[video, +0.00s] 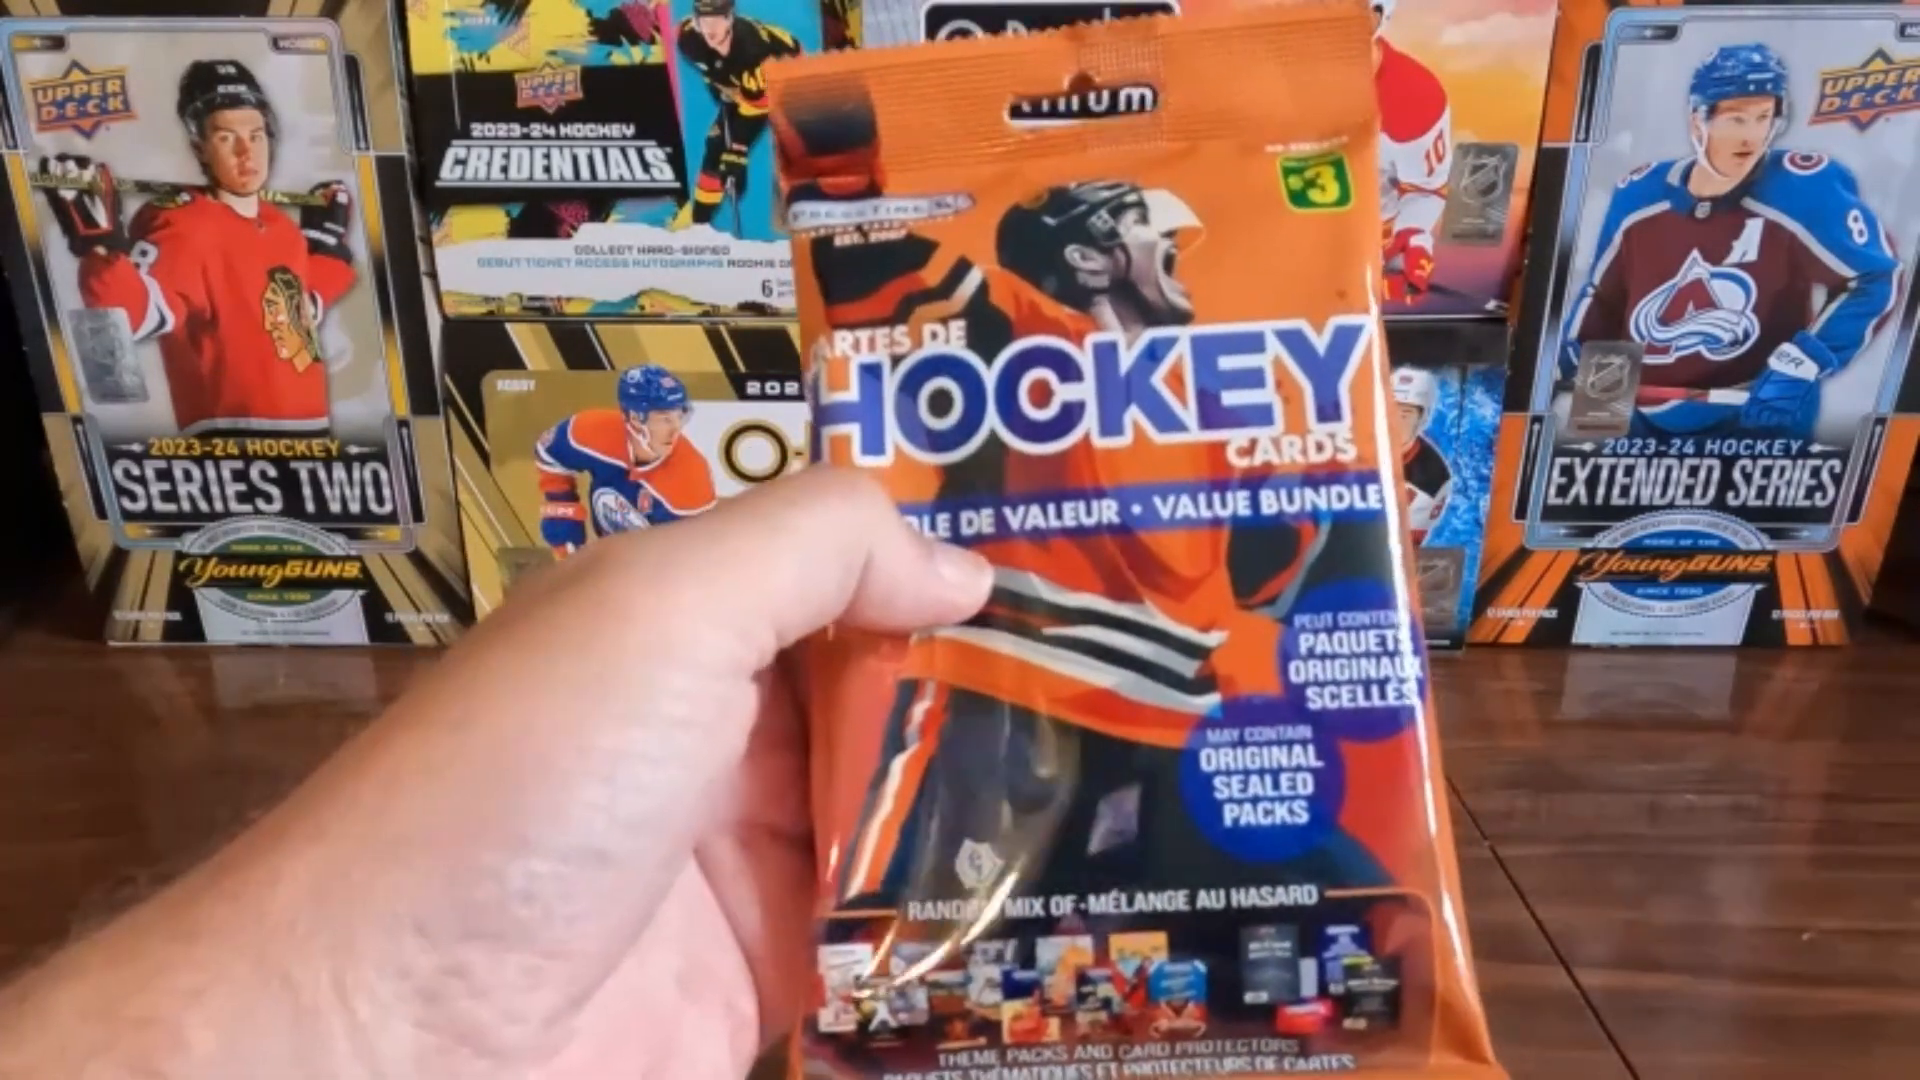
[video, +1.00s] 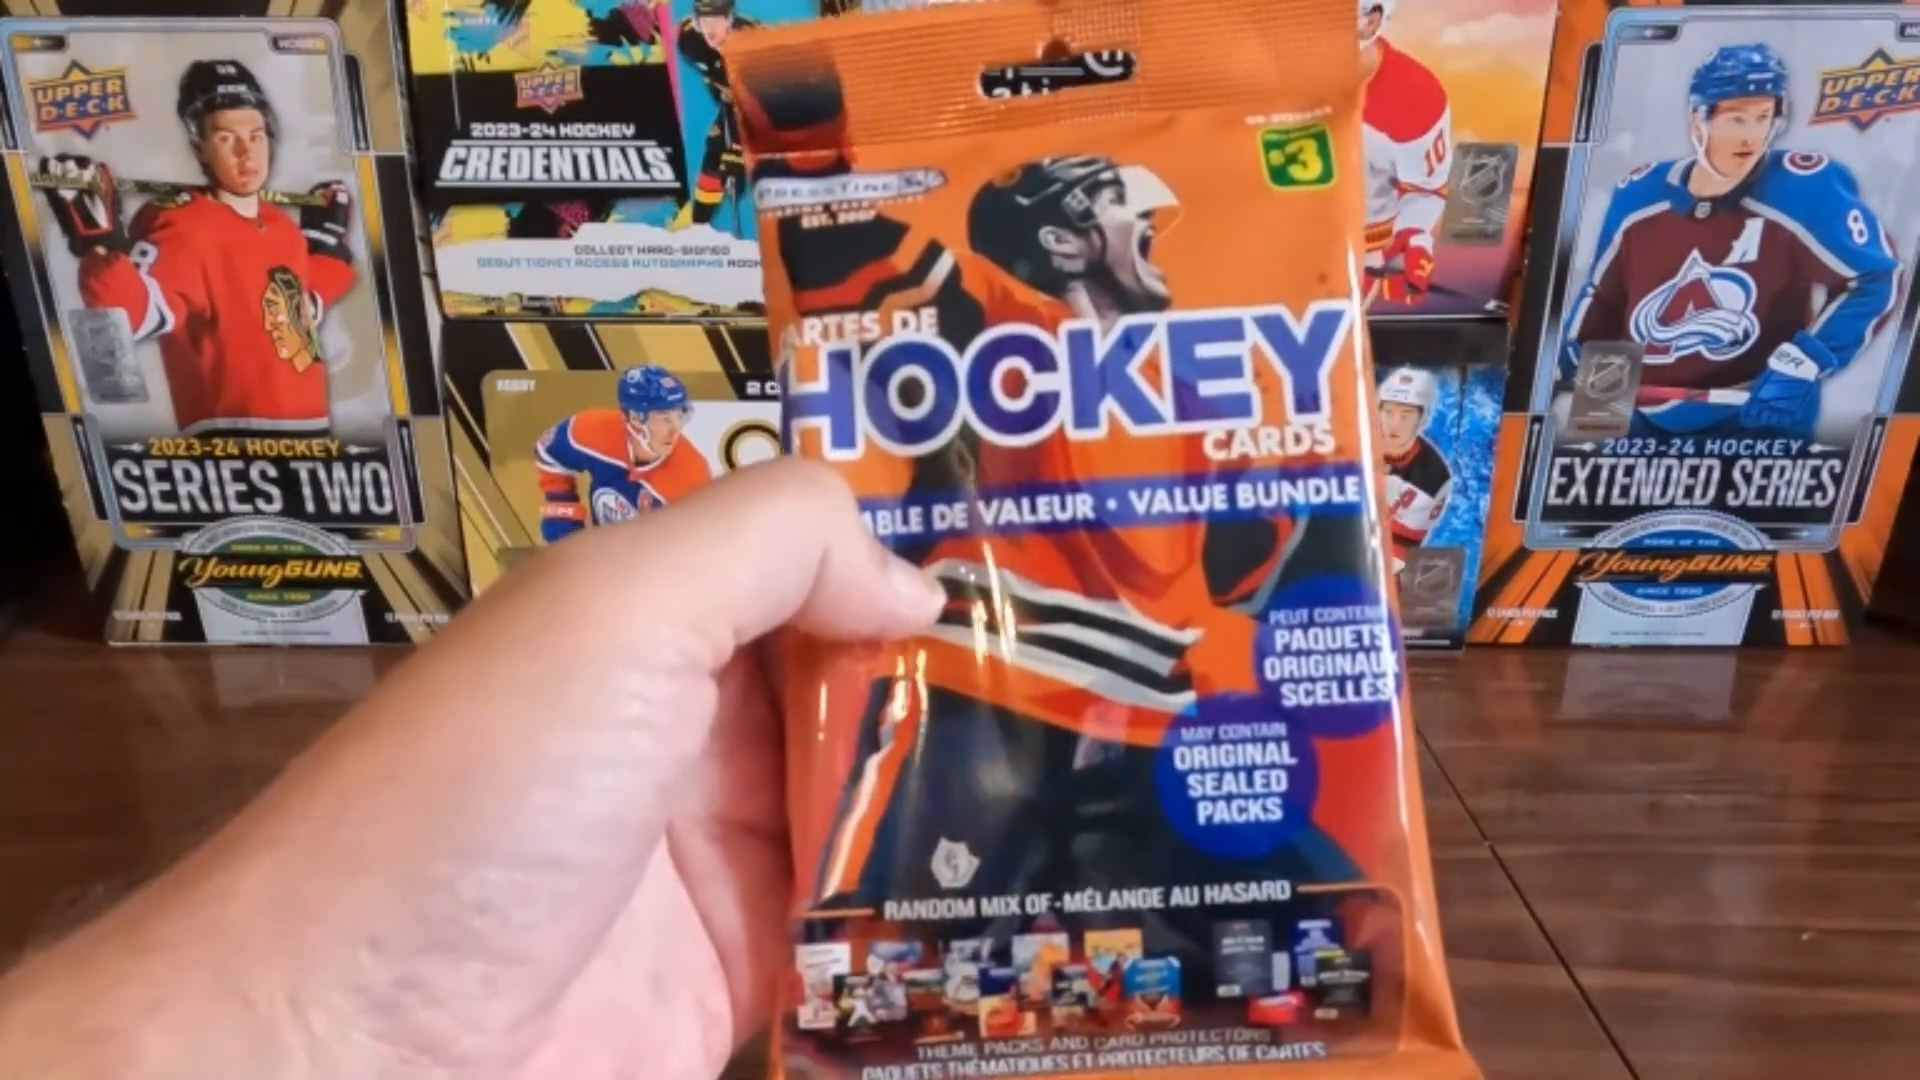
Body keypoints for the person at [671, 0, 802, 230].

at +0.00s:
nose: (710, 30)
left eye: (716, 22)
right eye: (704, 22)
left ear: (729, 19)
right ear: (695, 21)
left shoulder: (750, 48)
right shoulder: (688, 37)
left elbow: (755, 107)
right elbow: (711, 72)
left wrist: (737, 153)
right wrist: (729, 91)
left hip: (788, 83)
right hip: (738, 94)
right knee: (716, 148)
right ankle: (700, 221)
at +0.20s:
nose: (710, 29)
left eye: (716, 22)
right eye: (704, 22)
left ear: (730, 18)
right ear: (696, 21)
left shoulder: (751, 38)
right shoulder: (688, 37)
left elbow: (754, 102)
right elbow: (709, 72)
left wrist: (737, 153)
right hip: (732, 104)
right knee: (715, 150)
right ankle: (700, 223)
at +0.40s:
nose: (710, 29)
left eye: (716, 21)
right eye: (704, 22)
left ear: (730, 19)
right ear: (696, 21)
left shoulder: (751, 37)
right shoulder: (688, 38)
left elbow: (752, 101)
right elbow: (710, 75)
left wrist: (736, 154)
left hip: (767, 103)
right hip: (731, 106)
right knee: (714, 152)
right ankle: (699, 222)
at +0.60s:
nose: (709, 29)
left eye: (715, 22)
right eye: (704, 22)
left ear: (729, 19)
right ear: (696, 21)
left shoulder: (751, 36)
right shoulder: (688, 38)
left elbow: (750, 100)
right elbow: (712, 76)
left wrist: (736, 156)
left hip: (768, 104)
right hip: (731, 106)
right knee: (714, 148)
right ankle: (698, 221)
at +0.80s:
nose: (710, 30)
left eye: (716, 22)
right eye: (704, 22)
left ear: (730, 19)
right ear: (696, 22)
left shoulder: (752, 39)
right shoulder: (688, 39)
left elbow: (748, 100)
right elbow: (715, 78)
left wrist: (736, 155)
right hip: (733, 104)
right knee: (717, 144)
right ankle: (699, 219)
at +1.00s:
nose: (709, 32)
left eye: (715, 24)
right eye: (703, 24)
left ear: (729, 19)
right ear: (696, 22)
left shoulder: (755, 37)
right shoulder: (689, 38)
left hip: (761, 110)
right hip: (729, 110)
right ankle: (698, 224)